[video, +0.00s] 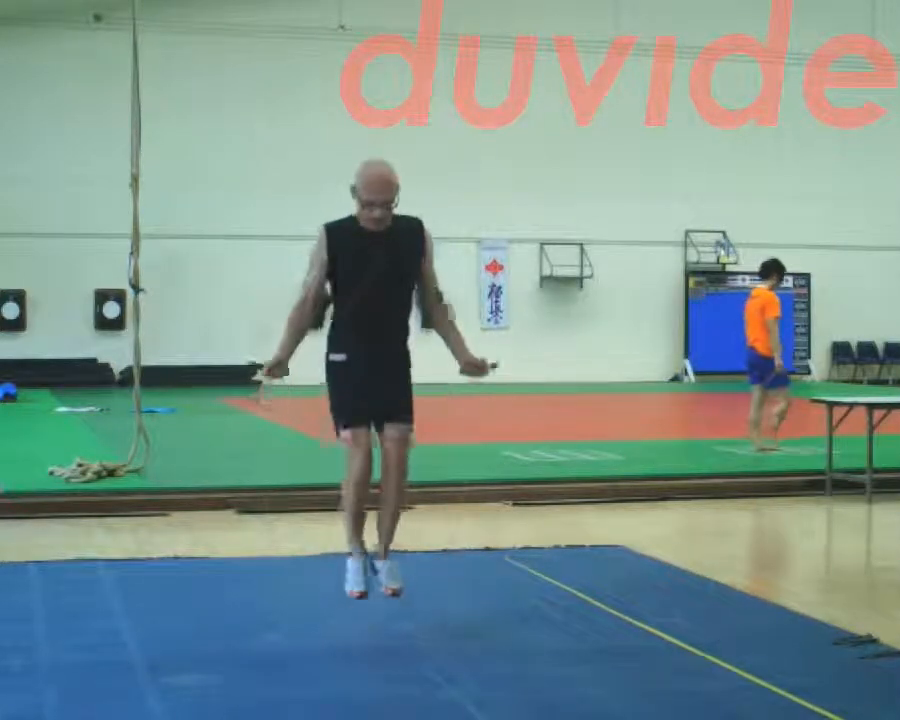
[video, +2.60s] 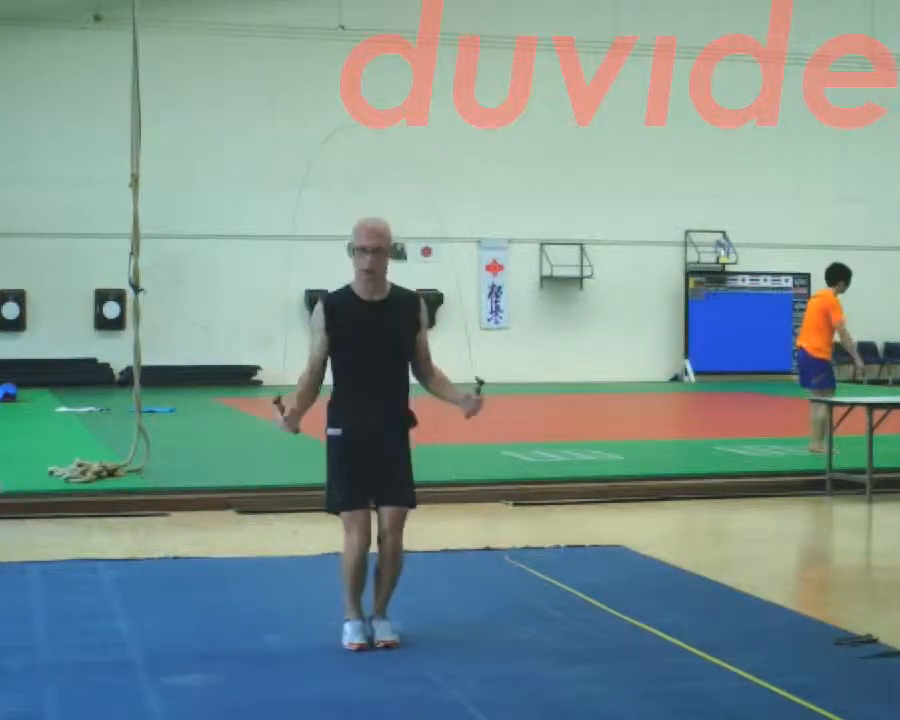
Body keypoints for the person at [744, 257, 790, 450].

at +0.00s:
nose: (780, 281)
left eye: (781, 277)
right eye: (780, 277)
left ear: (763, 275)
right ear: (775, 276)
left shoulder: (753, 295)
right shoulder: (770, 298)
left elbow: (751, 326)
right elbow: (772, 328)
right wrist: (778, 357)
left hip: (753, 351)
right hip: (766, 354)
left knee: (758, 397)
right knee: (784, 398)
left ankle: (757, 439)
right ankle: (770, 435)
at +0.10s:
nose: (788, 281)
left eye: (787, 277)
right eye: (788, 277)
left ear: (771, 275)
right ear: (784, 277)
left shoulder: (761, 295)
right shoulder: (778, 298)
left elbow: (756, 325)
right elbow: (779, 326)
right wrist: (784, 356)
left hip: (758, 351)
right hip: (772, 353)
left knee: (760, 396)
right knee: (788, 398)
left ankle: (758, 441)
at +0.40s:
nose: (811, 282)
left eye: (811, 278)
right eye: (811, 278)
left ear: (792, 277)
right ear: (805, 277)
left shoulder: (781, 299)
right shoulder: (805, 300)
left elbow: (779, 329)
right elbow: (808, 327)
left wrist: (778, 353)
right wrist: (813, 356)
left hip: (782, 351)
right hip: (799, 353)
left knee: (785, 395)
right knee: (807, 399)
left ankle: (765, 438)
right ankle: (817, 441)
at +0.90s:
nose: (824, 280)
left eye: (824, 276)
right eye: (824, 276)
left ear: (805, 275)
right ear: (819, 276)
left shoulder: (797, 297)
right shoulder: (818, 299)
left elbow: (794, 330)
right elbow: (823, 327)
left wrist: (791, 356)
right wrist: (836, 350)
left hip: (798, 350)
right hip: (814, 352)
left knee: (800, 396)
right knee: (816, 398)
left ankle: (795, 438)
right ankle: (817, 442)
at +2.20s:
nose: (840, 279)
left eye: (840, 275)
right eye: (840, 275)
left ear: (821, 275)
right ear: (836, 276)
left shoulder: (812, 297)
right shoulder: (831, 299)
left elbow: (805, 326)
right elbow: (836, 328)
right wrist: (843, 355)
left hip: (806, 349)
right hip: (821, 351)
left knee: (820, 397)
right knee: (817, 398)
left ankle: (817, 442)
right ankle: (813, 444)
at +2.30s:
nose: (840, 280)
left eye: (840, 276)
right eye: (840, 276)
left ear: (821, 275)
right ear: (836, 276)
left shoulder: (813, 296)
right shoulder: (831, 298)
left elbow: (816, 329)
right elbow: (842, 324)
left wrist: (835, 344)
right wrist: (857, 342)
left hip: (806, 347)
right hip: (820, 349)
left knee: (817, 397)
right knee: (818, 397)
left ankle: (814, 443)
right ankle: (814, 444)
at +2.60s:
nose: (847, 287)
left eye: (847, 283)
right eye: (847, 282)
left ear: (829, 279)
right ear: (841, 282)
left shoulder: (816, 297)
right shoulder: (831, 301)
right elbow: (842, 333)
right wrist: (856, 358)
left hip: (805, 349)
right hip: (818, 353)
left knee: (816, 397)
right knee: (824, 398)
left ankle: (816, 441)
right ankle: (818, 443)